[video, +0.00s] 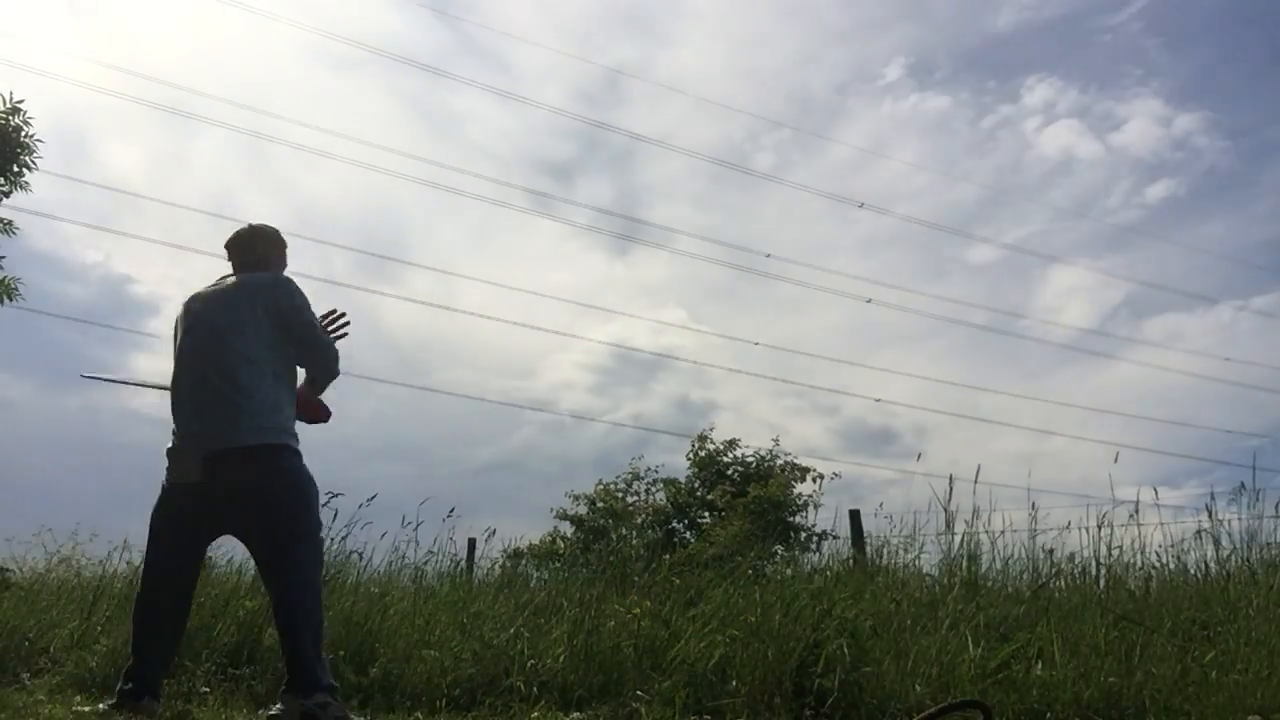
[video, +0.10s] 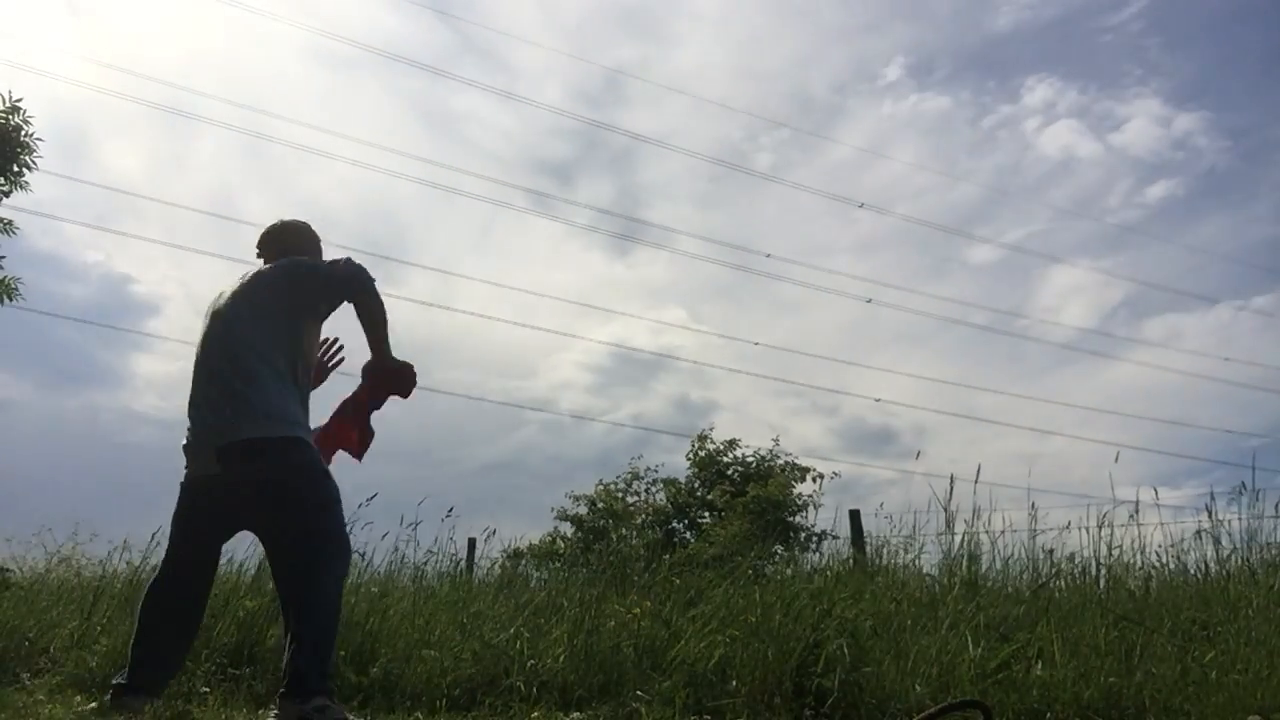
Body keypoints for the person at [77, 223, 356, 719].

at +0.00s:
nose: (284, 267)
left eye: (283, 259)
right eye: (282, 259)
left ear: (235, 259)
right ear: (271, 255)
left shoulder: (194, 305)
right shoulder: (277, 288)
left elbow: (218, 382)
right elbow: (326, 361)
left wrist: (292, 393)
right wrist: (306, 395)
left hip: (191, 473)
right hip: (270, 468)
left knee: (164, 583)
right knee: (296, 580)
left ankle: (139, 692)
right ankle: (310, 692)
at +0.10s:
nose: (320, 264)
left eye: (316, 256)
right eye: (316, 256)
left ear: (266, 254)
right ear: (305, 252)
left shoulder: (226, 306)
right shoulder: (298, 275)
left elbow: (240, 396)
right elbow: (358, 277)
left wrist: (302, 381)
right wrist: (381, 356)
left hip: (208, 468)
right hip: (280, 458)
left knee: (180, 575)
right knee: (321, 562)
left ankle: (135, 689)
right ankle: (307, 695)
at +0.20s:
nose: (342, 270)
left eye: (342, 259)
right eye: (337, 256)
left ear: (294, 246)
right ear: (316, 246)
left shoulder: (255, 302)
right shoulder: (299, 268)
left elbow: (243, 389)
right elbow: (367, 240)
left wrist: (309, 410)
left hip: (225, 454)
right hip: (284, 446)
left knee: (188, 562)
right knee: (341, 553)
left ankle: (81, 683)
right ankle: (310, 694)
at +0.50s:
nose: (342, 261)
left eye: (342, 251)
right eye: (338, 251)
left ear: (296, 244)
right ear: (314, 246)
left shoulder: (265, 318)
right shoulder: (291, 279)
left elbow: (319, 393)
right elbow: (376, 254)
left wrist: (333, 360)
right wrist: (458, 283)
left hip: (220, 463)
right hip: (276, 454)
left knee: (178, 584)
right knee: (350, 557)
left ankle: (75, 695)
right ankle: (314, 696)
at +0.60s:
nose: (335, 262)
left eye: (335, 253)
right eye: (328, 250)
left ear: (285, 247)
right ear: (298, 246)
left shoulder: (252, 303)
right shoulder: (281, 285)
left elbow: (303, 392)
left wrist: (319, 352)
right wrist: (419, 339)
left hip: (219, 464)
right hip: (269, 459)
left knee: (176, 591)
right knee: (338, 557)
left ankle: (71, 697)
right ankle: (311, 699)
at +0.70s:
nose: (323, 257)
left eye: (324, 247)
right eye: (316, 245)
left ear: (279, 249)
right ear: (285, 243)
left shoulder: (233, 302)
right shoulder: (262, 292)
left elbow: (223, 389)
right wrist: (350, 375)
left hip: (218, 470)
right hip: (261, 463)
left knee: (175, 593)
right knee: (328, 556)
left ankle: (70, 694)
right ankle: (311, 696)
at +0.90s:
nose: (313, 252)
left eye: (315, 243)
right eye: (307, 241)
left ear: (268, 240)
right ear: (279, 240)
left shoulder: (259, 298)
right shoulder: (256, 294)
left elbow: (265, 370)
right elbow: (220, 368)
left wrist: (304, 395)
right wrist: (285, 397)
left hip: (212, 463)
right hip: (240, 460)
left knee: (178, 589)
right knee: (284, 563)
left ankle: (70, 696)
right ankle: (306, 697)